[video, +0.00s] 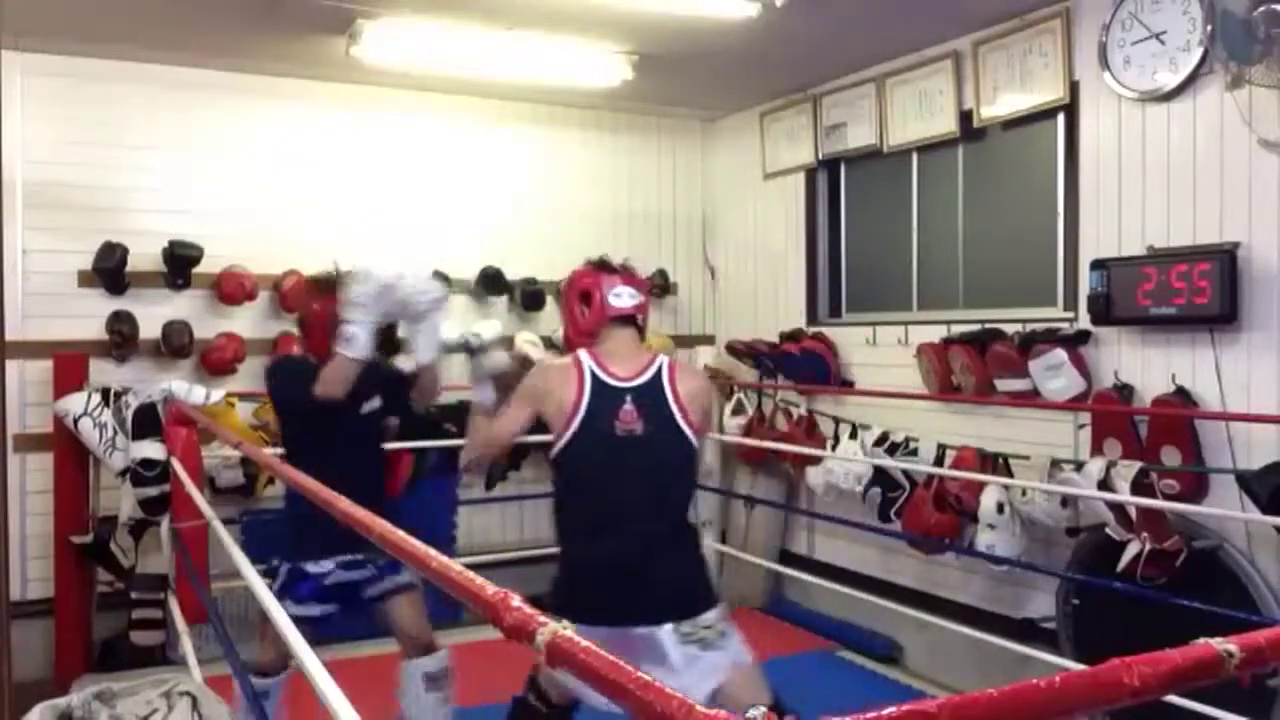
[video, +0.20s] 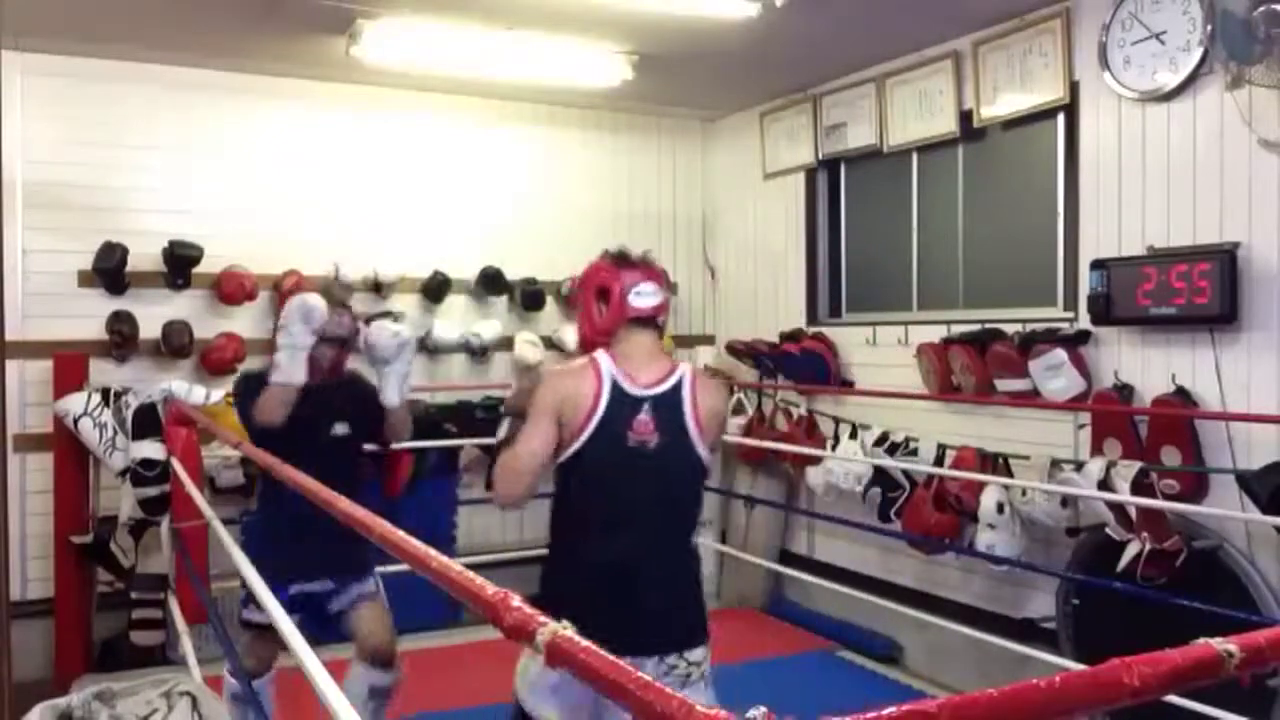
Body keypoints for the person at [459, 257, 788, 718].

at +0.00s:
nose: (565, 323)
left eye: (568, 311)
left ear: (580, 313)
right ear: (643, 315)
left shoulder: (553, 378)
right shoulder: (691, 381)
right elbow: (695, 440)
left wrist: (488, 390)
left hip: (589, 594)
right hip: (678, 591)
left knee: (542, 704)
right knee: (760, 708)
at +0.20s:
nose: (579, 321)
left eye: (584, 307)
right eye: (580, 308)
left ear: (601, 307)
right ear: (663, 313)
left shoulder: (567, 382)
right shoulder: (709, 393)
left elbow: (508, 488)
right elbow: (693, 460)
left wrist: (523, 408)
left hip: (576, 629)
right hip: (672, 630)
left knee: (547, 708)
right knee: (683, 713)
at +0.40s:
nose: (597, 270)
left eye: (601, 257)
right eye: (600, 258)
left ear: (614, 260)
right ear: (683, 266)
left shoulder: (574, 337)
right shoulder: (731, 353)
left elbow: (523, 446)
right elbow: (728, 465)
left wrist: (581, 428)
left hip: (585, 581)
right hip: (682, 586)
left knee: (566, 707)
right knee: (684, 710)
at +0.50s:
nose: (596, 301)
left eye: (600, 288)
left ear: (615, 289)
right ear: (687, 290)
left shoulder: (572, 368)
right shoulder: (738, 382)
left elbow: (524, 485)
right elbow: (739, 504)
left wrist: (585, 462)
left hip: (584, 623)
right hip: (690, 628)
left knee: (569, 709)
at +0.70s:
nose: (583, 309)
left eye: (585, 294)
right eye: (582, 296)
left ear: (604, 289)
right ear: (674, 288)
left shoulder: (569, 368)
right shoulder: (732, 380)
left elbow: (527, 497)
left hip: (588, 649)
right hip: (692, 648)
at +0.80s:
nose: (565, 296)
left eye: (565, 281)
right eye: (563, 284)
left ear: (584, 272)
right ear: (652, 268)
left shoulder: (564, 351)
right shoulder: (716, 358)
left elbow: (522, 473)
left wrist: (527, 373)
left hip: (579, 617)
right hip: (682, 616)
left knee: (534, 697)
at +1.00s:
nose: (525, 325)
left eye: (526, 311)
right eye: (522, 313)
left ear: (544, 306)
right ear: (608, 295)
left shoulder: (539, 392)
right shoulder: (670, 376)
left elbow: (498, 496)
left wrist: (491, 399)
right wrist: (558, 366)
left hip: (567, 650)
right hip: (664, 640)